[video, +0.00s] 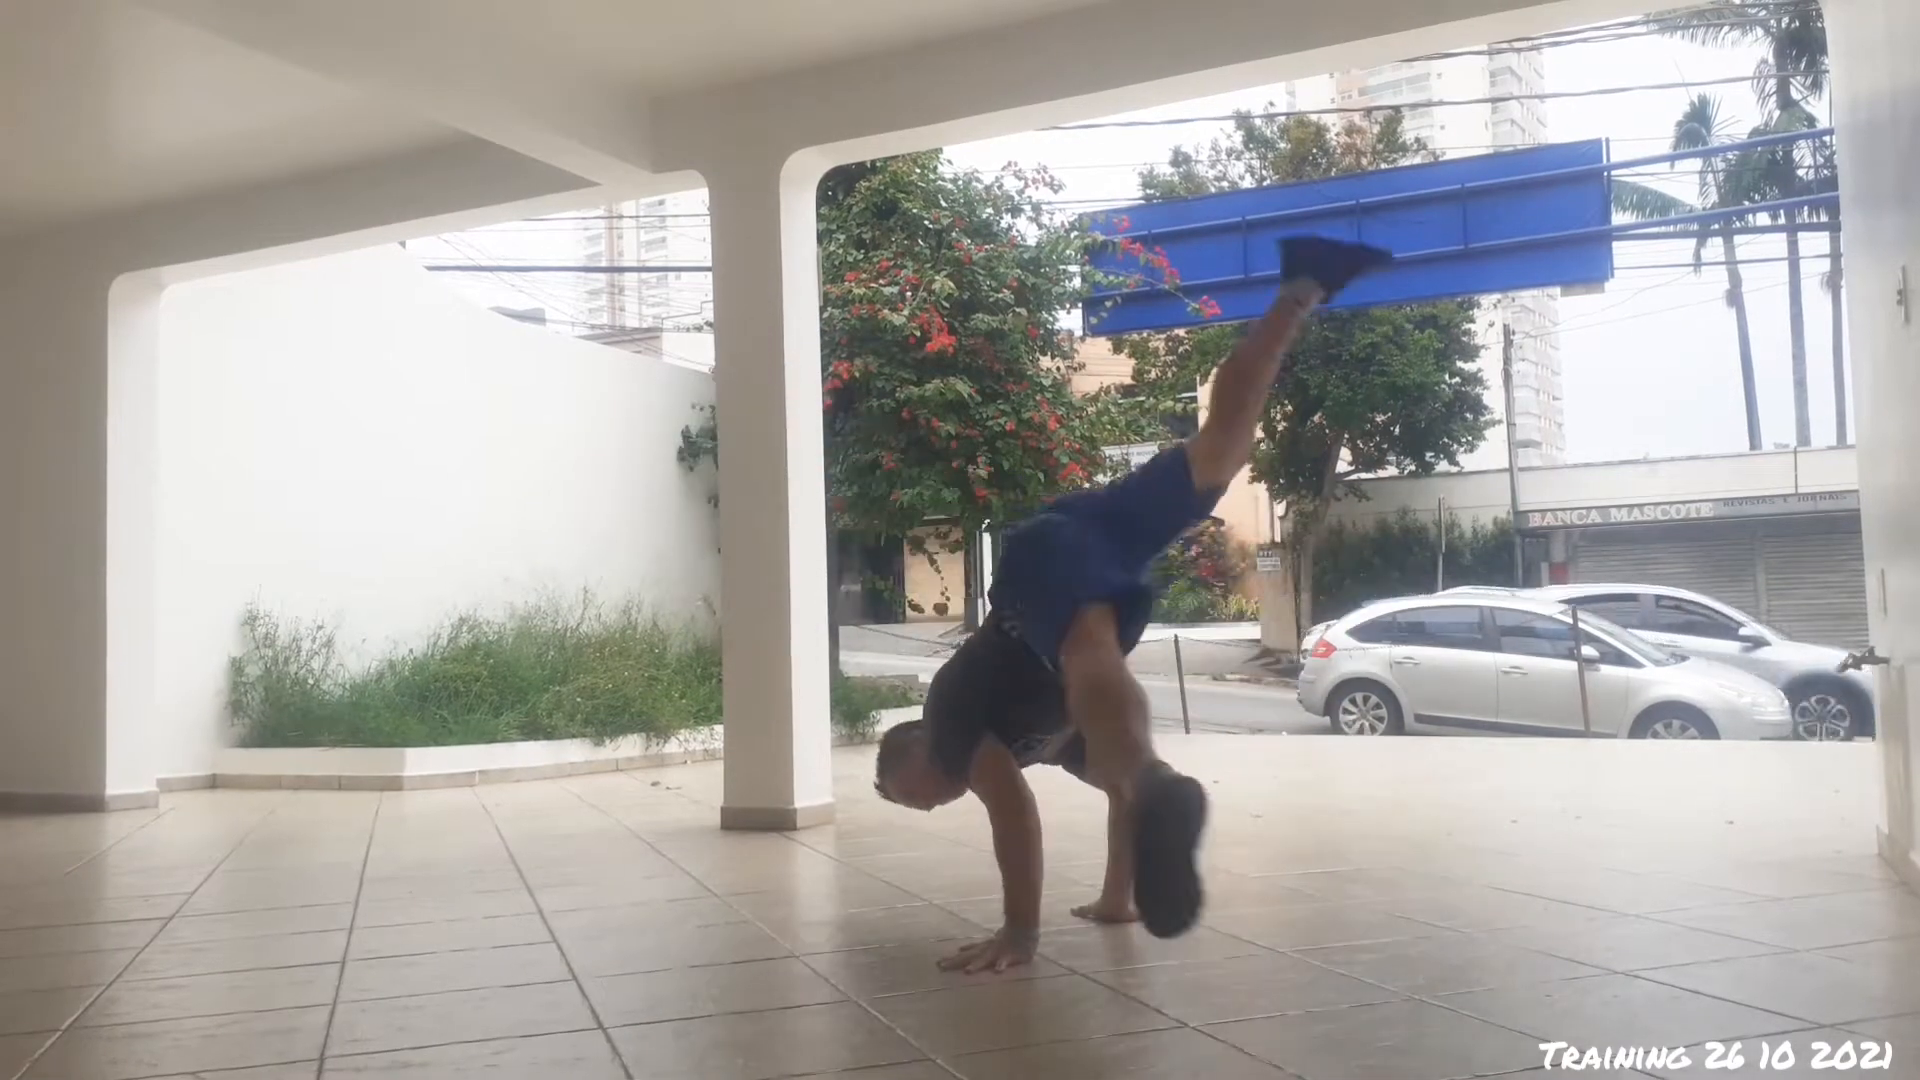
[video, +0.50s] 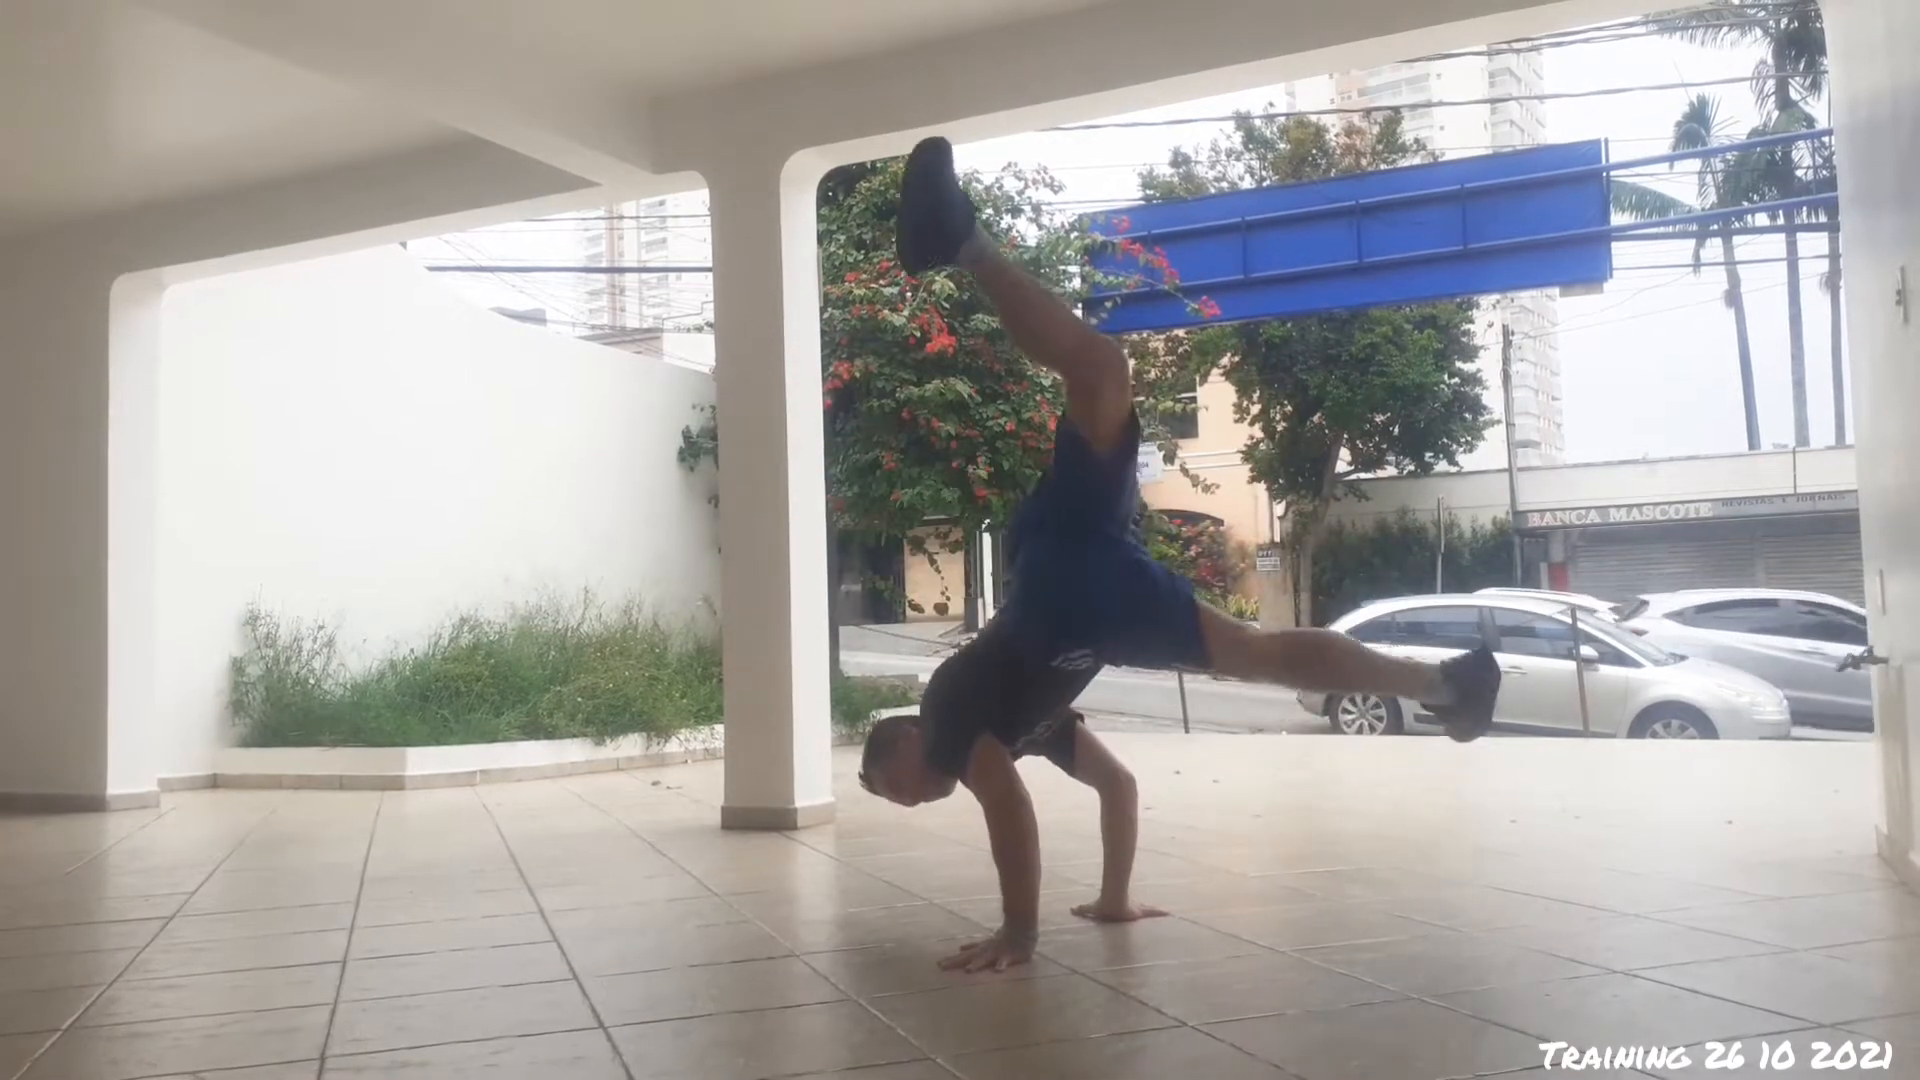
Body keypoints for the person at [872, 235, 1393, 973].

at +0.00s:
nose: (912, 803)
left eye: (896, 793)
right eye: (900, 800)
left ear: (907, 757)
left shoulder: (946, 717)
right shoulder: (1048, 727)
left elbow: (1012, 811)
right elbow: (1117, 786)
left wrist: (1018, 933)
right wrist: (1116, 894)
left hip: (1039, 552)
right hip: (1100, 524)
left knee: (1096, 674)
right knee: (1217, 449)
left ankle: (1153, 803)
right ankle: (1302, 292)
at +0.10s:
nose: (914, 809)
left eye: (901, 800)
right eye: (905, 808)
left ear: (903, 756)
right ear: (919, 766)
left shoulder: (949, 720)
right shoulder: (1041, 733)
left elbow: (1016, 811)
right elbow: (1125, 788)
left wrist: (1019, 937)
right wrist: (1114, 899)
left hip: (1047, 585)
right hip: (1076, 527)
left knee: (1170, 711)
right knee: (1181, 399)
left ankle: (1317, 850)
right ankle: (1178, 218)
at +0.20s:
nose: (907, 811)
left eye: (892, 800)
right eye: (894, 808)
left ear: (900, 760)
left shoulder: (949, 717)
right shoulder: (1030, 724)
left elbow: (1013, 816)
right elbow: (1118, 786)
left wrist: (1016, 932)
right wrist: (1112, 897)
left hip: (1068, 596)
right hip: (1069, 538)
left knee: (1218, 710)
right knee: (1141, 377)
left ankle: (1395, 822)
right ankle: (1065, 204)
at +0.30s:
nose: (903, 809)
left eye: (889, 799)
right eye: (892, 806)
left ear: (897, 758)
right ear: (917, 763)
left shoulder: (949, 715)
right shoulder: (1034, 729)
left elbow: (1011, 814)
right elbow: (1119, 788)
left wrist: (1016, 934)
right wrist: (1114, 901)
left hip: (1089, 610)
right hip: (1071, 551)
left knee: (1253, 693)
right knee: (1112, 374)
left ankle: (1429, 762)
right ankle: (991, 228)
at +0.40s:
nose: (900, 804)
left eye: (888, 793)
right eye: (890, 801)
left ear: (899, 754)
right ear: (923, 764)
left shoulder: (949, 713)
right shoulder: (1032, 723)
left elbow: (1009, 812)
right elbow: (1120, 787)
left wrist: (1015, 935)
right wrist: (1114, 900)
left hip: (1083, 599)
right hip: (1064, 540)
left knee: (1247, 662)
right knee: (1100, 369)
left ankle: (1433, 709)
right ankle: (959, 250)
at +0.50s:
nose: (904, 798)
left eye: (891, 788)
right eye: (894, 795)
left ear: (899, 748)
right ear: (924, 757)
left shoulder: (949, 712)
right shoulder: (1032, 722)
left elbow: (1009, 814)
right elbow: (1119, 786)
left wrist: (1015, 934)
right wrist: (1113, 899)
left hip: (1091, 599)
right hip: (1063, 539)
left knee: (1255, 653)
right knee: (1099, 367)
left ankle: (1443, 686)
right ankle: (965, 244)